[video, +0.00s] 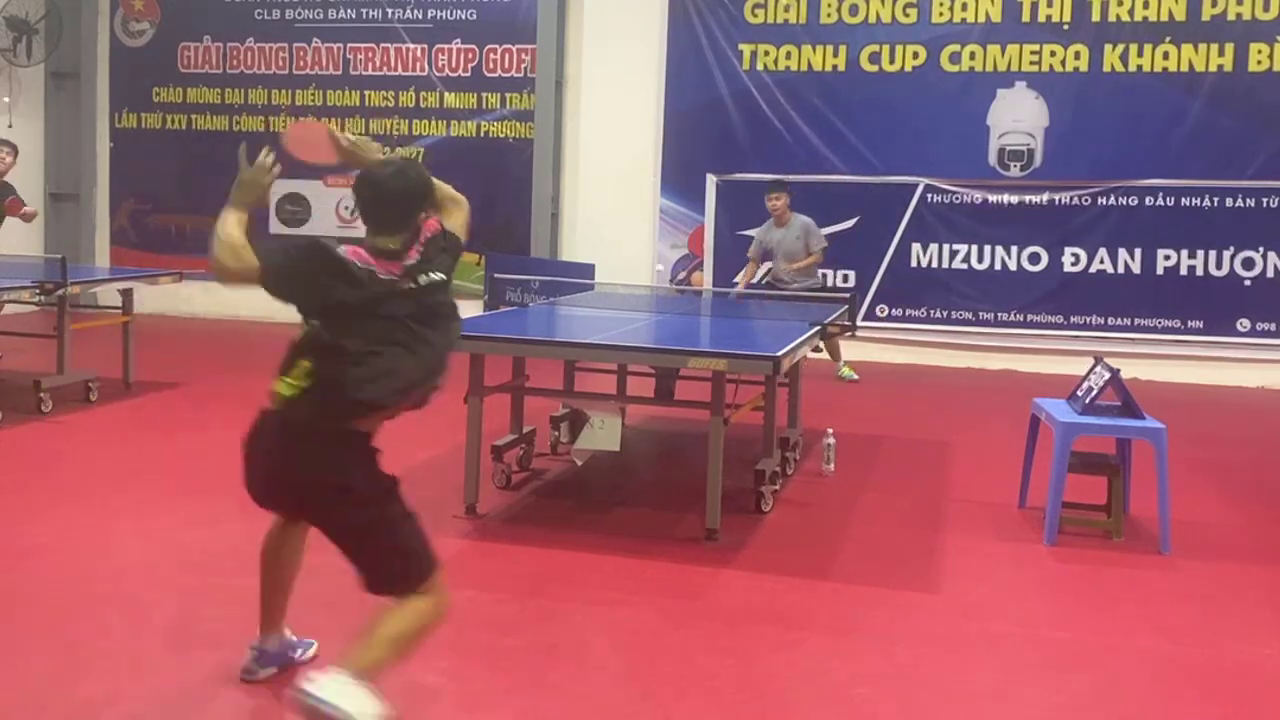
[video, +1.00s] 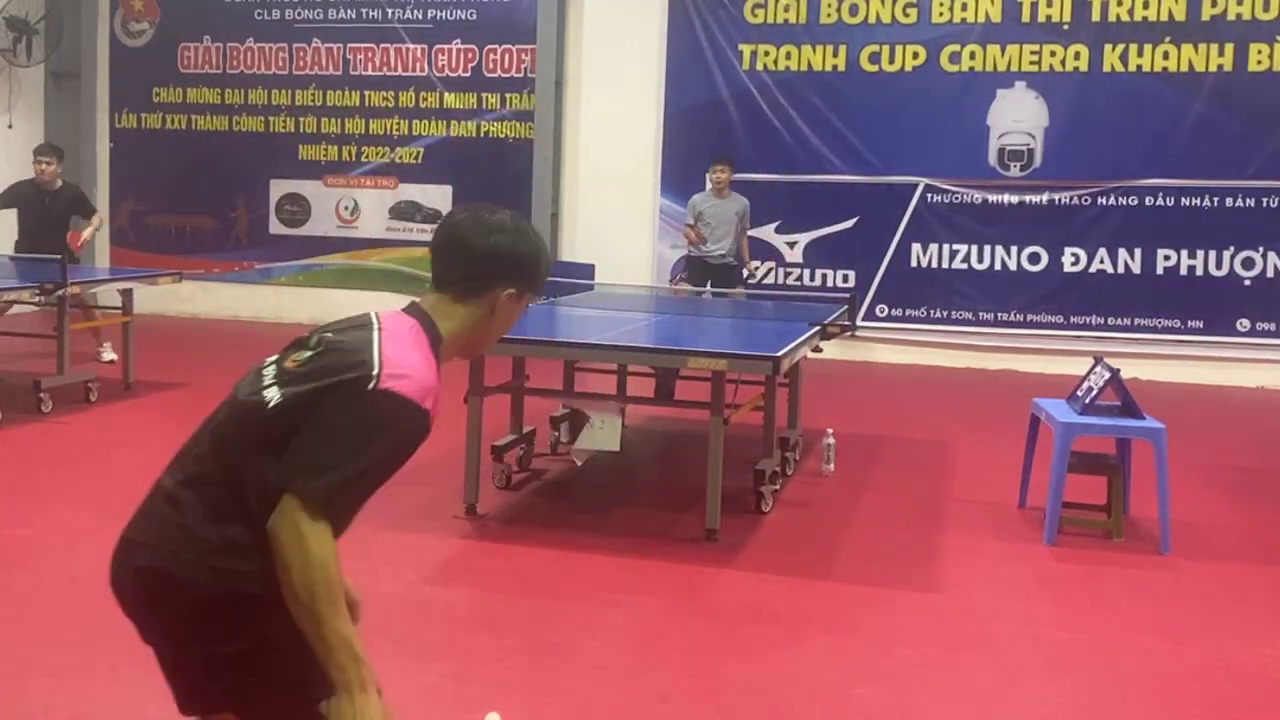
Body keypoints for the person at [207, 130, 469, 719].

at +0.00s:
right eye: (425, 202)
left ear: (360, 215)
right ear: (421, 219)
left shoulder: (324, 265)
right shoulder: (432, 267)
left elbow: (229, 259)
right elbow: (455, 205)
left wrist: (240, 201)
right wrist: (388, 163)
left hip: (272, 443)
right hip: (339, 459)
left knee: (294, 516)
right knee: (427, 597)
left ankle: (269, 642)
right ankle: (343, 680)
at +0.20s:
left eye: (422, 237)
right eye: (484, 236)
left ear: (422, 245)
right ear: (484, 243)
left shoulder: (413, 305)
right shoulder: (517, 308)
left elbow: (416, 401)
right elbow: (565, 353)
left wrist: (330, 423)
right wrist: (546, 298)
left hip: (419, 500)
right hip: (505, 503)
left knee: (338, 570)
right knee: (575, 600)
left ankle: (278, 651)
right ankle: (624, 715)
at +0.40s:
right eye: (529, 158)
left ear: (460, 162)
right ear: (527, 166)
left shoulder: (426, 223)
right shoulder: (573, 264)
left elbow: (359, 289)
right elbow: (619, 357)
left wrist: (316, 356)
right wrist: (587, 313)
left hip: (411, 435)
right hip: (514, 452)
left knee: (328, 565)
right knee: (569, 601)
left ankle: (278, 713)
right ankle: (626, 716)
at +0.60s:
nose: (561, 204)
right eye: (561, 194)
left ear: (479, 200)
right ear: (552, 205)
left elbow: (334, 391)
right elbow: (605, 465)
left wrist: (379, 431)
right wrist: (628, 474)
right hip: (482, 534)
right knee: (563, 709)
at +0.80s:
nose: (564, 289)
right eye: (565, 277)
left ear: (476, 277)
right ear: (555, 291)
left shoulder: (430, 347)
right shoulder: (498, 392)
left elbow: (415, 494)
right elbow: (407, 520)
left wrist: (522, 529)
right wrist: (469, 671)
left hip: (286, 607)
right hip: (370, 624)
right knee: (512, 714)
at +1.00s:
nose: (515, 322)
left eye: (524, 307)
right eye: (523, 306)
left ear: (441, 271)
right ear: (505, 301)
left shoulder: (373, 330)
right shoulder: (402, 381)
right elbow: (296, 520)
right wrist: (354, 687)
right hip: (202, 576)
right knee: (306, 704)